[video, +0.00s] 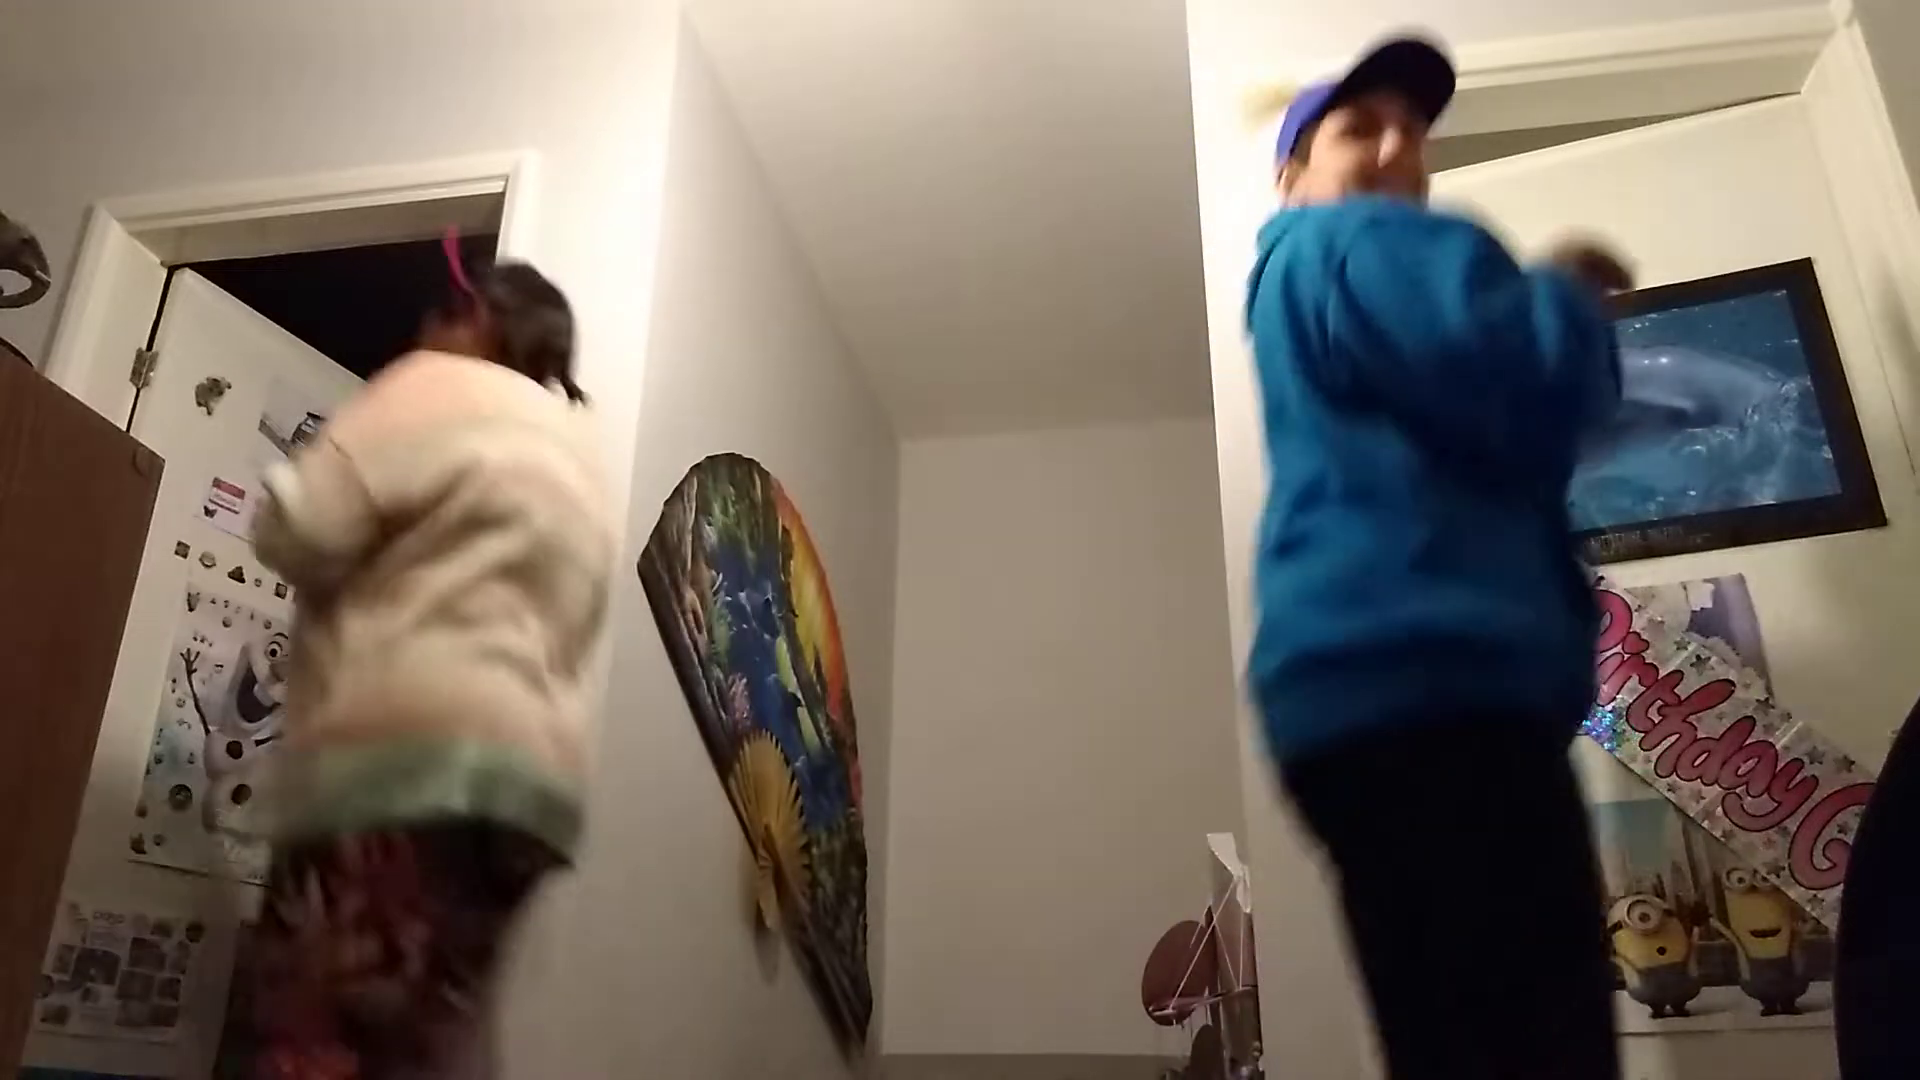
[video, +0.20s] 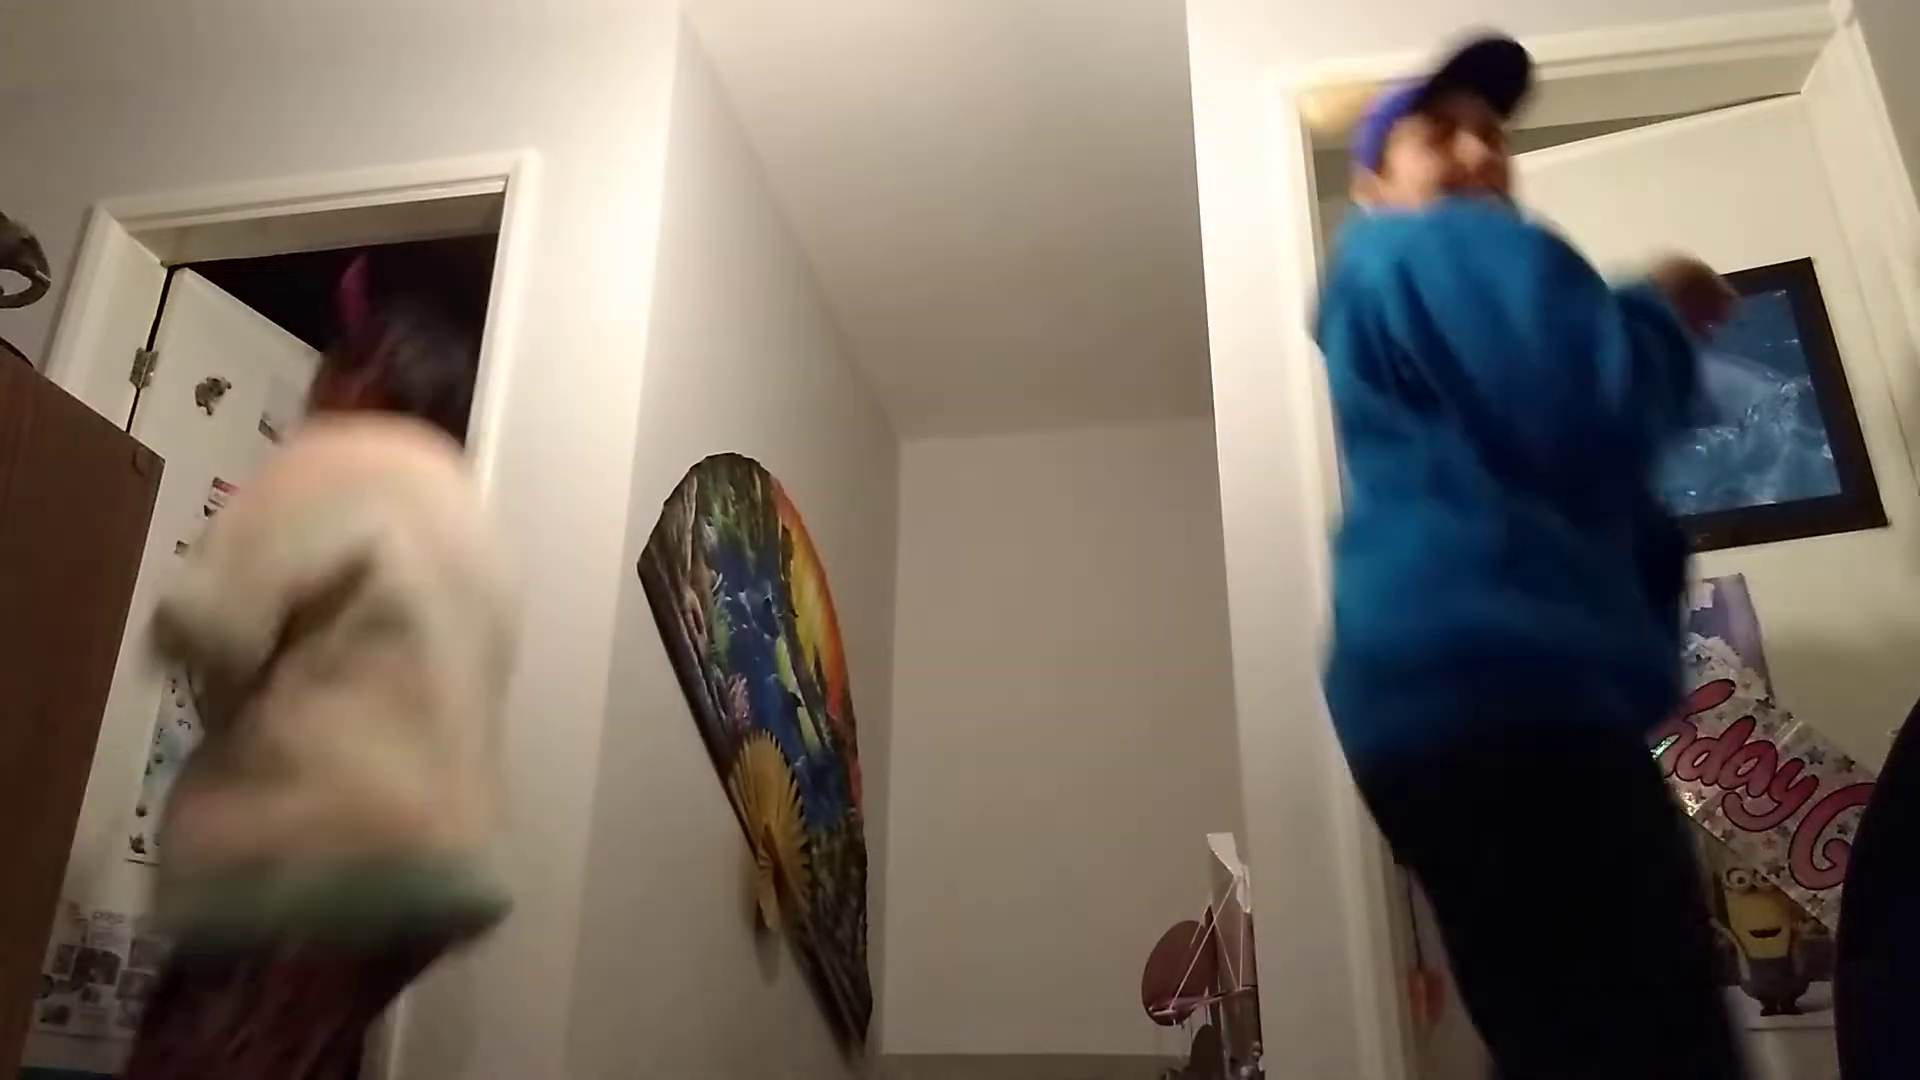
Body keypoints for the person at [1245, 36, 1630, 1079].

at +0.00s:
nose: (1398, 148)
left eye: (1410, 135)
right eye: (1365, 127)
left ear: (1420, 152)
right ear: (1297, 155)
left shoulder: (1306, 263)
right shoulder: (1356, 242)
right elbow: (1519, 383)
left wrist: (1550, 295)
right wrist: (1569, 286)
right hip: (1427, 679)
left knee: (1456, 1022)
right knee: (1534, 1019)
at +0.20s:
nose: (1476, 154)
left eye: (1488, 136)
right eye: (1439, 133)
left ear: (1508, 150)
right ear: (1373, 170)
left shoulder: (1365, 273)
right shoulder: (1463, 246)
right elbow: (1592, 403)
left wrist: (1640, 321)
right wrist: (1664, 308)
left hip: (1409, 696)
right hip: (1513, 680)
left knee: (1544, 1016)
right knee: (1646, 1012)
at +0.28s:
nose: (1507, 185)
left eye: (1523, 169)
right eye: (1465, 170)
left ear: (1542, 200)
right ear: (1401, 223)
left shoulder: (1433, 310)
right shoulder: (1451, 291)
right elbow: (1634, 460)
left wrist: (1657, 340)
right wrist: (1683, 328)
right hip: (1550, 767)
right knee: (1714, 1049)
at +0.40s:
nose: (1499, 150)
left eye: (1516, 131)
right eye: (1460, 132)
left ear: (1541, 162)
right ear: (1398, 186)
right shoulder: (1456, 255)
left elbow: (1732, 473)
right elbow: (1642, 374)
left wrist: (1685, 279)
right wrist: (1682, 252)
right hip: (1597, 699)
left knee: (1723, 1023)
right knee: (1743, 1021)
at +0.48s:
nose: (1501, 125)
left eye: (1518, 106)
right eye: (1458, 114)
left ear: (1547, 132)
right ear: (1403, 174)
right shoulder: (1456, 228)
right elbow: (1642, 326)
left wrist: (1687, 242)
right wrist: (1676, 205)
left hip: (1696, 653)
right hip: (1621, 659)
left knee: (1761, 996)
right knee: (1760, 997)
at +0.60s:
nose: (1557, 151)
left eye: (1572, 129)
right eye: (1514, 135)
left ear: (1598, 155)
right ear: (1462, 189)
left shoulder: (1626, 283)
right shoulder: (1500, 276)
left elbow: (1840, 489)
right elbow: (1659, 388)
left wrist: (1794, 322)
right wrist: (1770, 271)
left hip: (1757, 714)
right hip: (1659, 738)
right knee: (1801, 1031)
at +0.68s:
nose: (1603, 180)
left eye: (1622, 157)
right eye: (1561, 167)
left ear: (1651, 189)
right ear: (1512, 219)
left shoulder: (1676, 348)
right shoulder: (1542, 310)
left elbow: (1866, 575)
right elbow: (1712, 485)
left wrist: (1840, 375)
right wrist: (1824, 348)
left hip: (1786, 789)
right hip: (1695, 806)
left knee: (1835, 1055)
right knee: (1795, 1057)